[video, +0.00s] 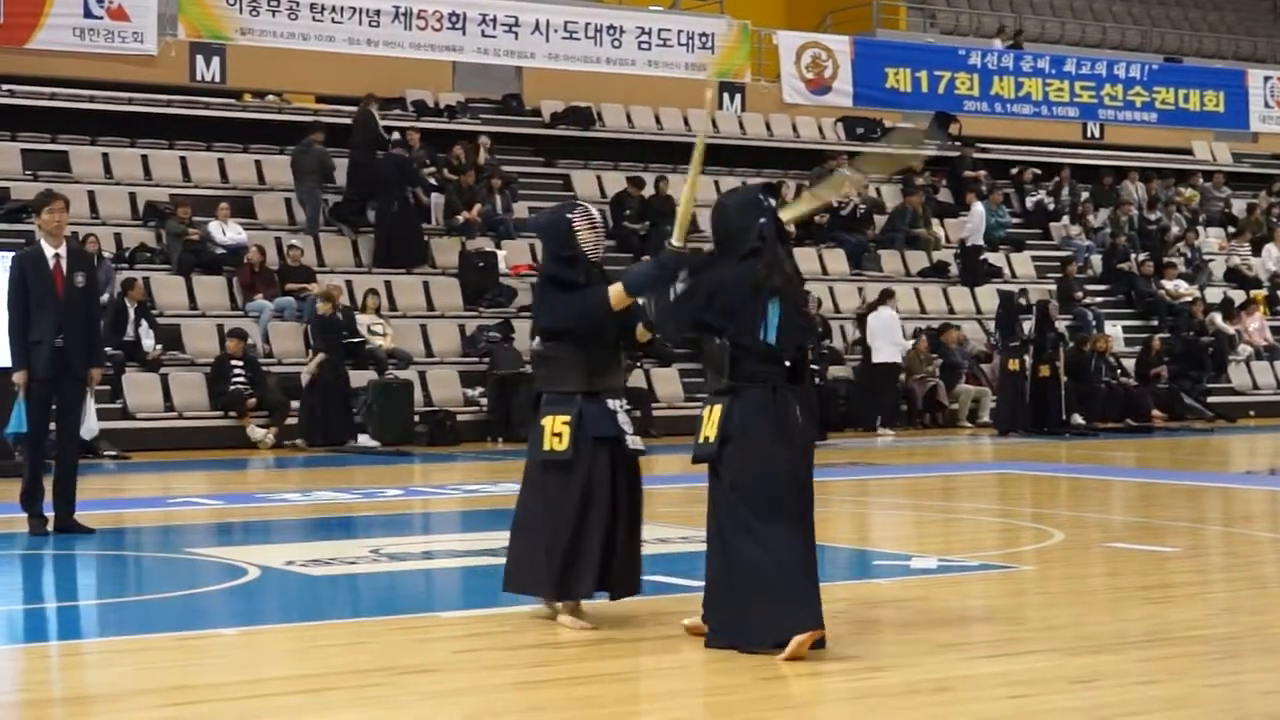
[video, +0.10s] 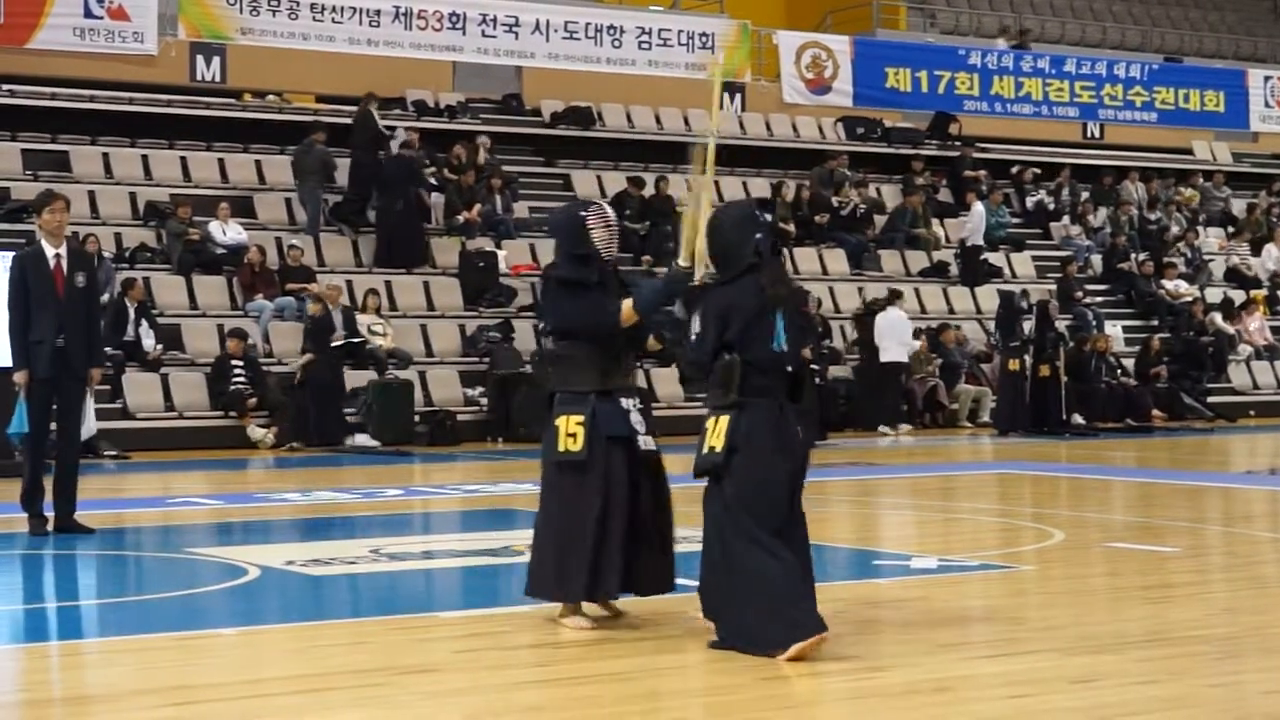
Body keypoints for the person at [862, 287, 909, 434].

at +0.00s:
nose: (895, 302)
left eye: (894, 299)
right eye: (894, 299)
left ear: (880, 299)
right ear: (890, 300)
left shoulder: (871, 316)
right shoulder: (892, 316)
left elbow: (868, 339)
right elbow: (897, 339)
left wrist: (879, 348)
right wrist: (909, 344)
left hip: (876, 357)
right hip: (891, 357)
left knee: (879, 391)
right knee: (890, 391)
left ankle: (879, 422)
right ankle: (886, 424)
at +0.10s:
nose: (903, 302)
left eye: (902, 300)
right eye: (902, 300)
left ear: (888, 300)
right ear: (899, 301)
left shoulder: (879, 317)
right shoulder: (902, 317)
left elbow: (876, 340)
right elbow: (906, 339)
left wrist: (887, 347)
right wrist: (918, 345)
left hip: (884, 356)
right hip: (900, 356)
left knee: (889, 391)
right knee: (897, 391)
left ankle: (899, 422)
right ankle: (885, 423)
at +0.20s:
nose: (909, 304)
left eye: (908, 301)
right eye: (908, 302)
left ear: (895, 302)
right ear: (905, 302)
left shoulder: (887, 317)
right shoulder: (909, 317)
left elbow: (882, 339)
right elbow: (913, 339)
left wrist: (892, 346)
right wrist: (923, 346)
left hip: (892, 357)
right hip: (906, 356)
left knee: (905, 390)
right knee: (901, 390)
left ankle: (910, 421)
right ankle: (888, 420)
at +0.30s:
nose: (919, 304)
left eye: (919, 301)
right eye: (918, 301)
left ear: (904, 302)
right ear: (914, 301)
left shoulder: (896, 316)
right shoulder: (915, 317)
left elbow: (893, 336)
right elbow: (919, 340)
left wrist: (898, 348)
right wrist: (930, 345)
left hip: (899, 358)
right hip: (913, 359)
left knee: (907, 389)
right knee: (916, 391)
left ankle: (897, 412)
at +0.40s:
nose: (927, 303)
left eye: (926, 300)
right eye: (926, 300)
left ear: (912, 300)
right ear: (921, 300)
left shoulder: (904, 315)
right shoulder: (921, 316)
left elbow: (899, 335)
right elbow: (924, 340)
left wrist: (906, 346)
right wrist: (937, 345)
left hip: (906, 357)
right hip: (920, 358)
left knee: (911, 388)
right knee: (924, 388)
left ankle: (911, 418)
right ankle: (912, 415)